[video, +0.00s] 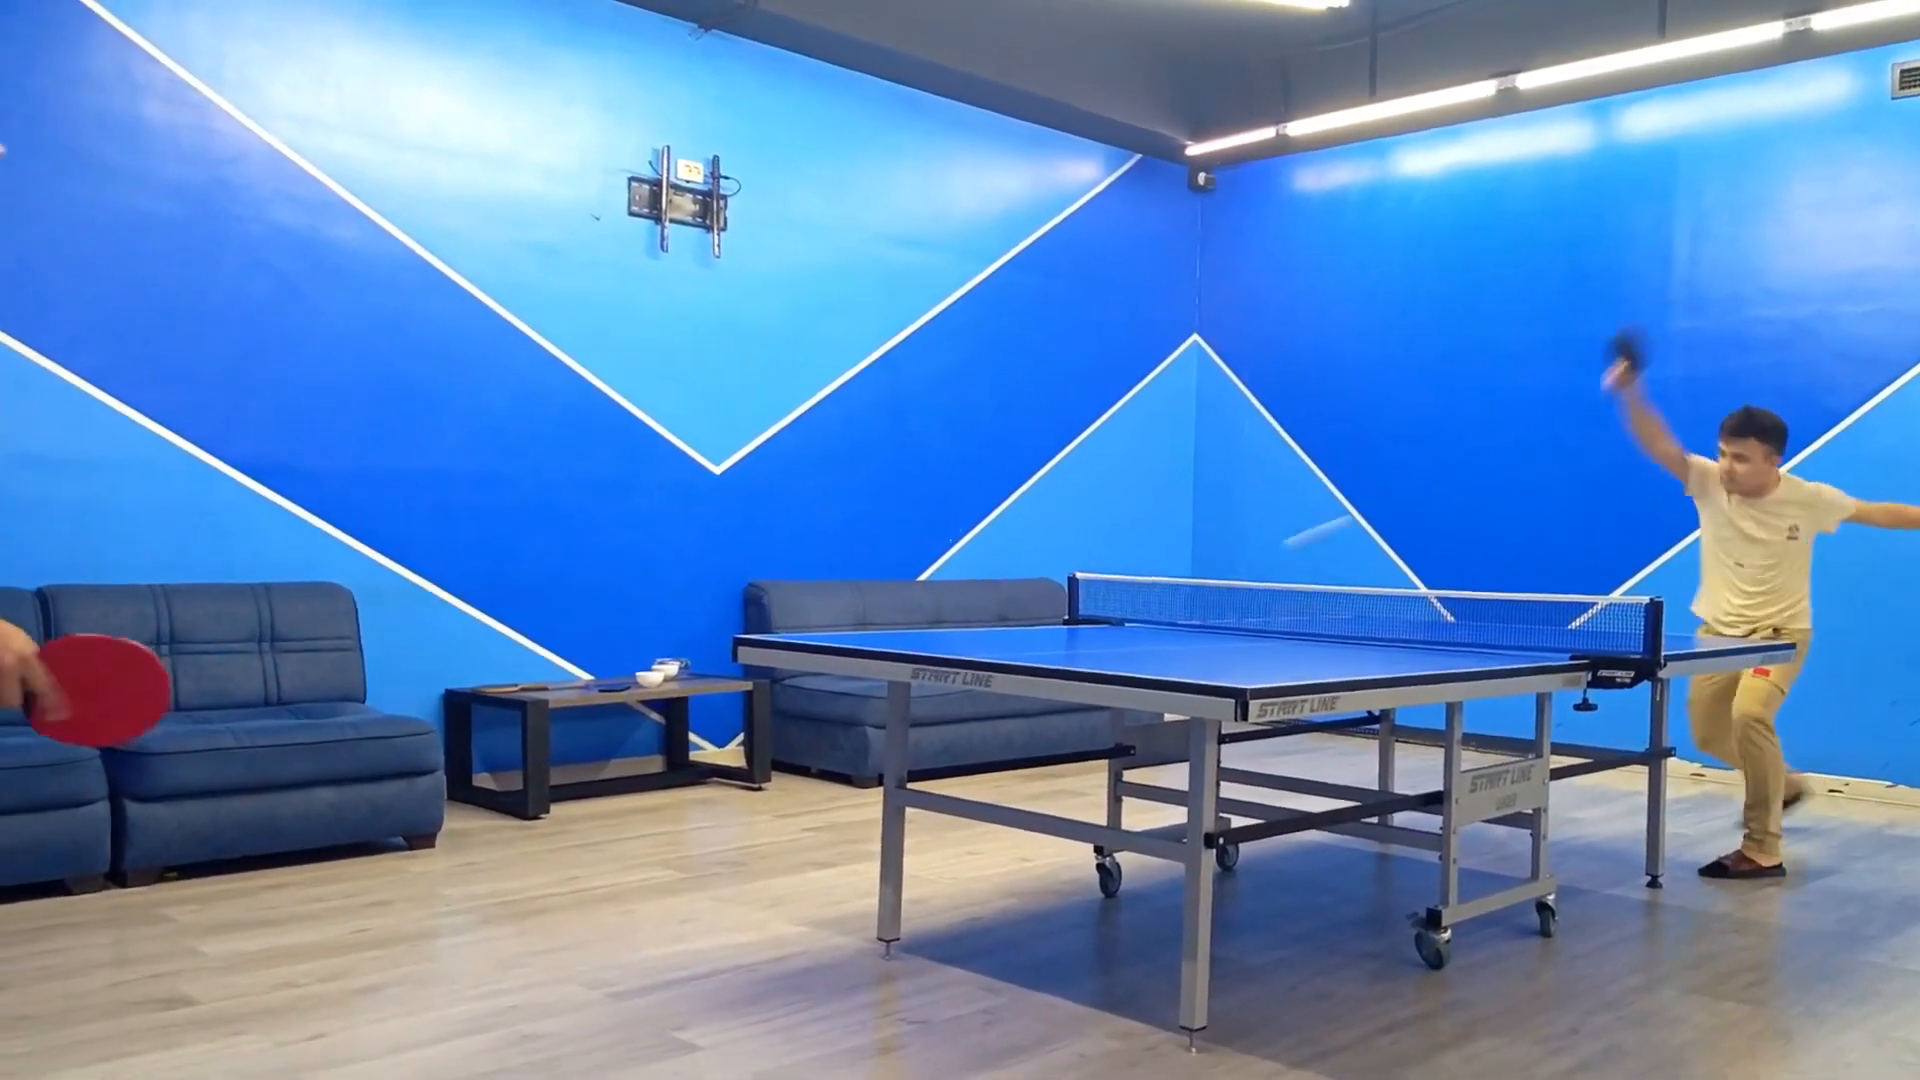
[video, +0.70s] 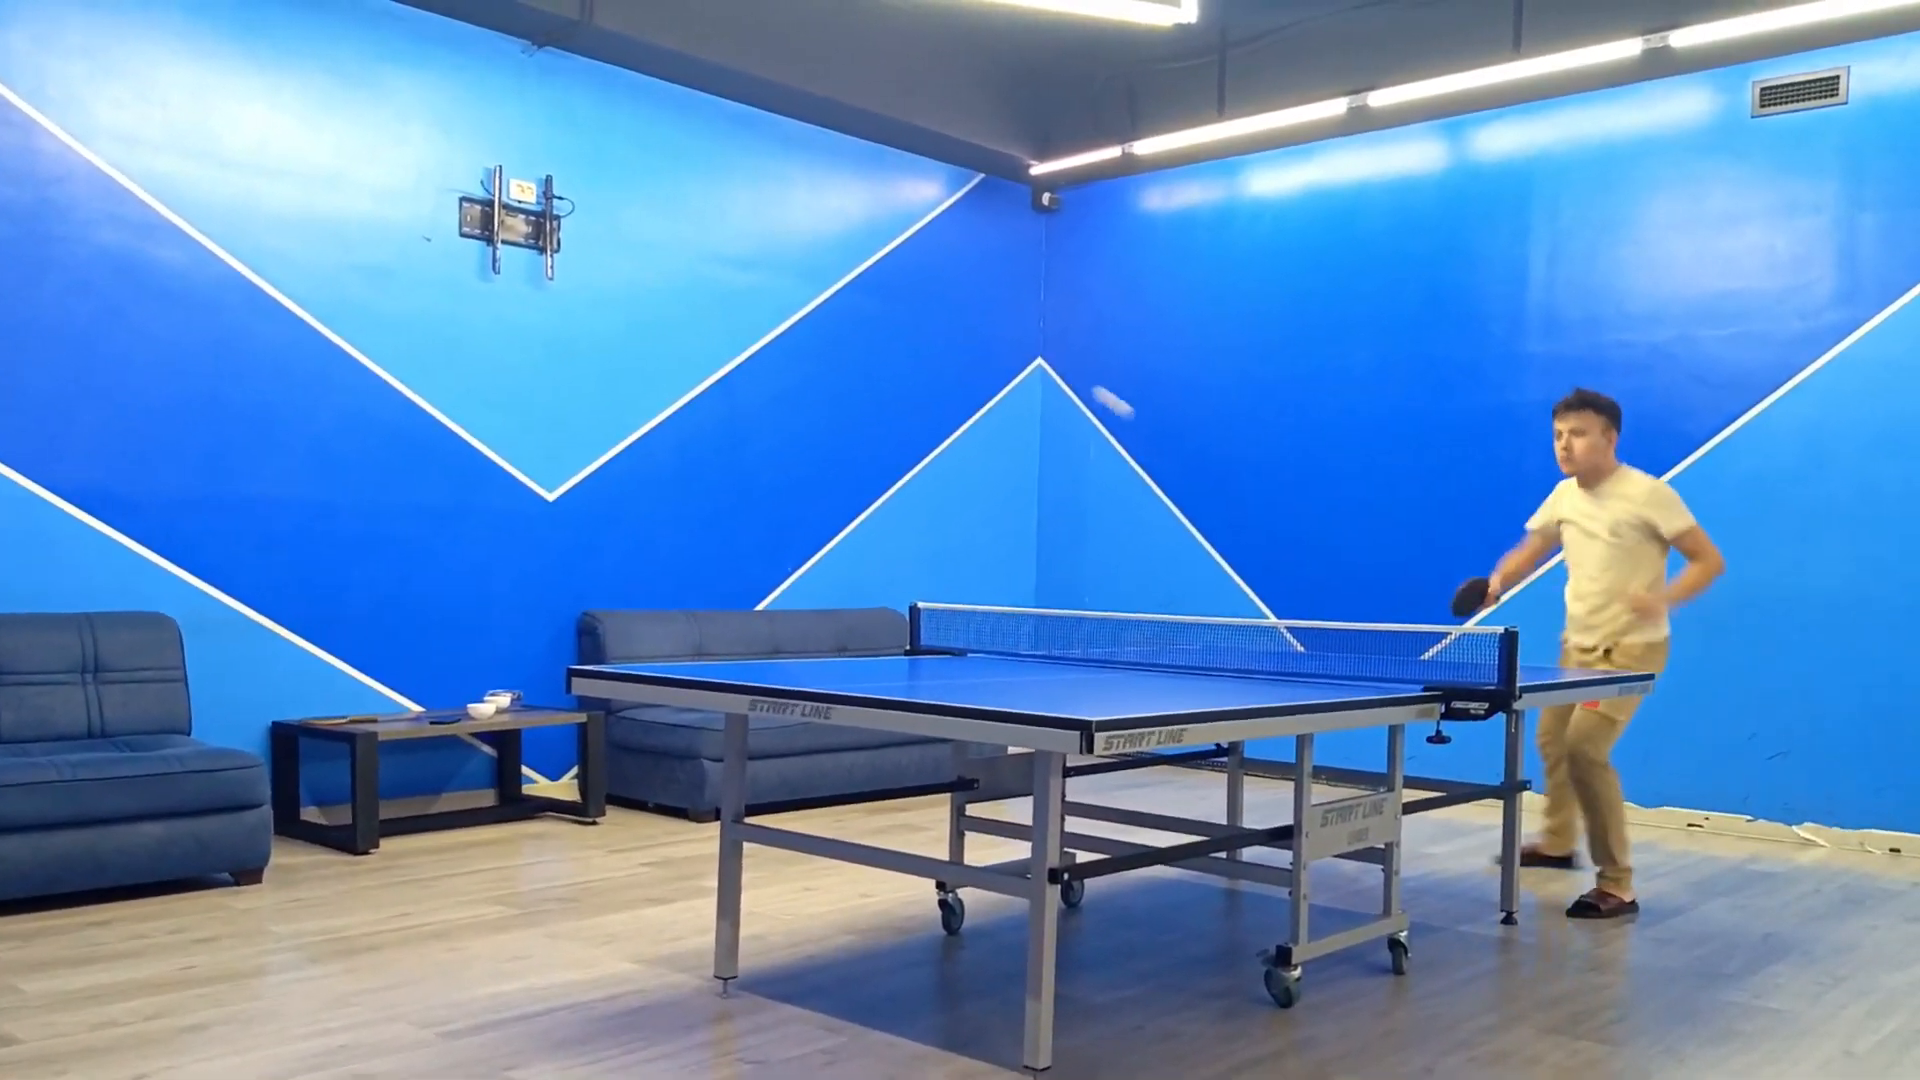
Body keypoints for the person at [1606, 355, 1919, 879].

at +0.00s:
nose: (1728, 466)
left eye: (1741, 458)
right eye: (1725, 455)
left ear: (1774, 462)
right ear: (1718, 452)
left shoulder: (1810, 501)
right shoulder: (1708, 481)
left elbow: (1878, 513)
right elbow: (1659, 443)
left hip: (1780, 635)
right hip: (1718, 633)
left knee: (1748, 715)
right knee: (1708, 735)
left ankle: (1761, 850)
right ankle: (1782, 784)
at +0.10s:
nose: (1707, 470)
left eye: (1720, 464)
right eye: (1703, 459)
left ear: (1749, 465)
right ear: (1696, 453)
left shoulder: (1764, 499)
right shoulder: (1675, 478)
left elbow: (1786, 517)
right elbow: (1648, 431)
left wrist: (1824, 520)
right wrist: (1645, 367)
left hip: (1726, 629)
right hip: (1665, 624)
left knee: (1712, 704)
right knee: (1632, 713)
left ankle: (1725, 833)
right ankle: (1674, 780)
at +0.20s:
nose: (1678, 465)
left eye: (1692, 459)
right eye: (1674, 454)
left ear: (1717, 464)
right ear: (1665, 448)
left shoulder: (1724, 501)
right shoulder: (1637, 476)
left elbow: (1710, 537)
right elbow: (1607, 444)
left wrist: (1718, 561)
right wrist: (1612, 398)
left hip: (1673, 623)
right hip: (1611, 618)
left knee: (1669, 692)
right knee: (1563, 705)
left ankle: (1686, 816)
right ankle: (1599, 764)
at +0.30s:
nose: (1637, 455)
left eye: (1651, 448)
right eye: (1631, 443)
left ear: (1673, 456)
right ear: (1622, 442)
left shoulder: (1677, 498)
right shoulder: (1594, 472)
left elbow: (1666, 541)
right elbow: (1544, 454)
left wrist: (1683, 593)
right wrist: (1569, 437)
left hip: (1627, 616)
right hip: (1568, 610)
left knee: (1625, 677)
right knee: (1529, 669)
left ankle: (1646, 799)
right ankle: (1560, 750)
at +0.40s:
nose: (1609, 458)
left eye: (1623, 450)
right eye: (1603, 447)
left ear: (1646, 460)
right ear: (1593, 448)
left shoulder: (1657, 507)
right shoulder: (1570, 483)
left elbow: (1669, 555)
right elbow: (1500, 474)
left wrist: (1696, 612)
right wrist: (1539, 487)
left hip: (1612, 627)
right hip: (1553, 621)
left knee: (1605, 688)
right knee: (1509, 696)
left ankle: (1628, 812)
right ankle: (1545, 762)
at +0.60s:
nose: (1576, 459)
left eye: (1591, 449)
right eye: (1572, 448)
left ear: (1622, 457)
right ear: (1566, 453)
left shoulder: (1658, 512)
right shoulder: (1557, 504)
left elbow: (1713, 563)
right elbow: (1476, 532)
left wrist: (1721, 606)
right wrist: (1494, 561)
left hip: (1623, 653)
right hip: (1561, 648)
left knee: (1581, 731)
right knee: (1533, 720)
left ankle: (1617, 863)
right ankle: (1534, 812)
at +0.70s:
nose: (1563, 446)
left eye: (1576, 436)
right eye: (1558, 436)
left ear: (1610, 440)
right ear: (1555, 440)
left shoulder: (1648, 494)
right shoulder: (1565, 495)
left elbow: (1710, 562)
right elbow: (1530, 550)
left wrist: (1663, 598)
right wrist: (1496, 581)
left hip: (1633, 650)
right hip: (1578, 647)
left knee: (1585, 747)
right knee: (1552, 739)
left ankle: (1617, 884)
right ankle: (1559, 843)